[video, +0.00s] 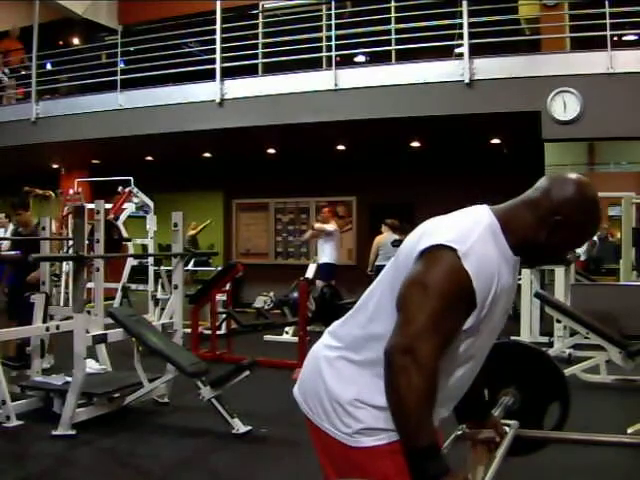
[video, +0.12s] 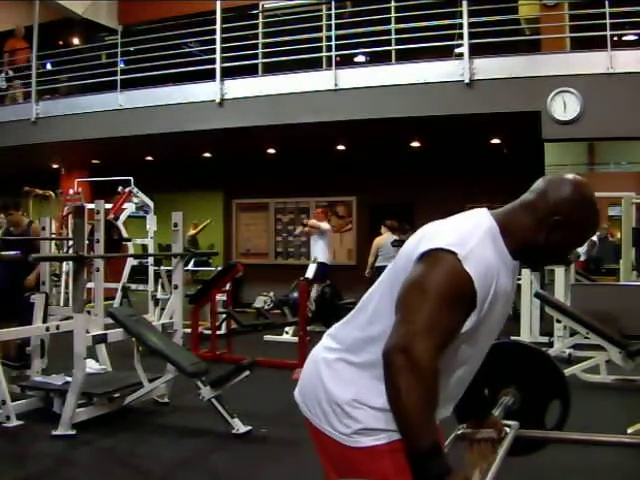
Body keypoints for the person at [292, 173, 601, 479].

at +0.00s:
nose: (569, 254)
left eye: (577, 246)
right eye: (574, 243)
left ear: (545, 212)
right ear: (553, 224)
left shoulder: (497, 250)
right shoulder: (463, 252)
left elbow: (457, 342)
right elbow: (408, 355)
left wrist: (474, 415)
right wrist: (429, 463)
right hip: (355, 403)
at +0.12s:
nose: (570, 254)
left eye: (578, 245)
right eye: (575, 242)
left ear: (542, 212)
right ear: (553, 225)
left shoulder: (499, 253)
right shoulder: (461, 256)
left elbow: (453, 345)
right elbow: (407, 355)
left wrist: (473, 413)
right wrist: (432, 464)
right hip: (355, 402)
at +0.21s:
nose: (576, 250)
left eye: (581, 239)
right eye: (578, 237)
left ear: (530, 208)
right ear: (549, 227)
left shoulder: (495, 257)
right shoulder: (462, 261)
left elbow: (441, 351)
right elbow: (404, 357)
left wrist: (468, 417)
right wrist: (432, 464)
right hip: (351, 402)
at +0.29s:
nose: (580, 236)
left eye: (581, 221)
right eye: (576, 220)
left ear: (520, 206)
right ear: (539, 218)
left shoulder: (495, 255)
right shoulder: (463, 261)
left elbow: (448, 348)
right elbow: (405, 359)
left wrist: (475, 413)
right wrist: (430, 462)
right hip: (351, 404)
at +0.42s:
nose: (558, 204)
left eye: (556, 191)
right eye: (549, 190)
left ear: (510, 195)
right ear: (512, 194)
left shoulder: (496, 252)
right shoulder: (455, 258)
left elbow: (445, 346)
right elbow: (402, 359)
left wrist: (472, 412)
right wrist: (429, 464)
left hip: (396, 400)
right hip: (351, 408)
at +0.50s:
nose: (534, 174)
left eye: (528, 161)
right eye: (518, 160)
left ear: (474, 172)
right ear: (472, 170)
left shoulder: (486, 246)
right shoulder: (435, 250)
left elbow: (442, 349)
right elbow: (398, 360)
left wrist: (469, 416)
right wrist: (432, 461)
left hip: (409, 406)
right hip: (356, 412)